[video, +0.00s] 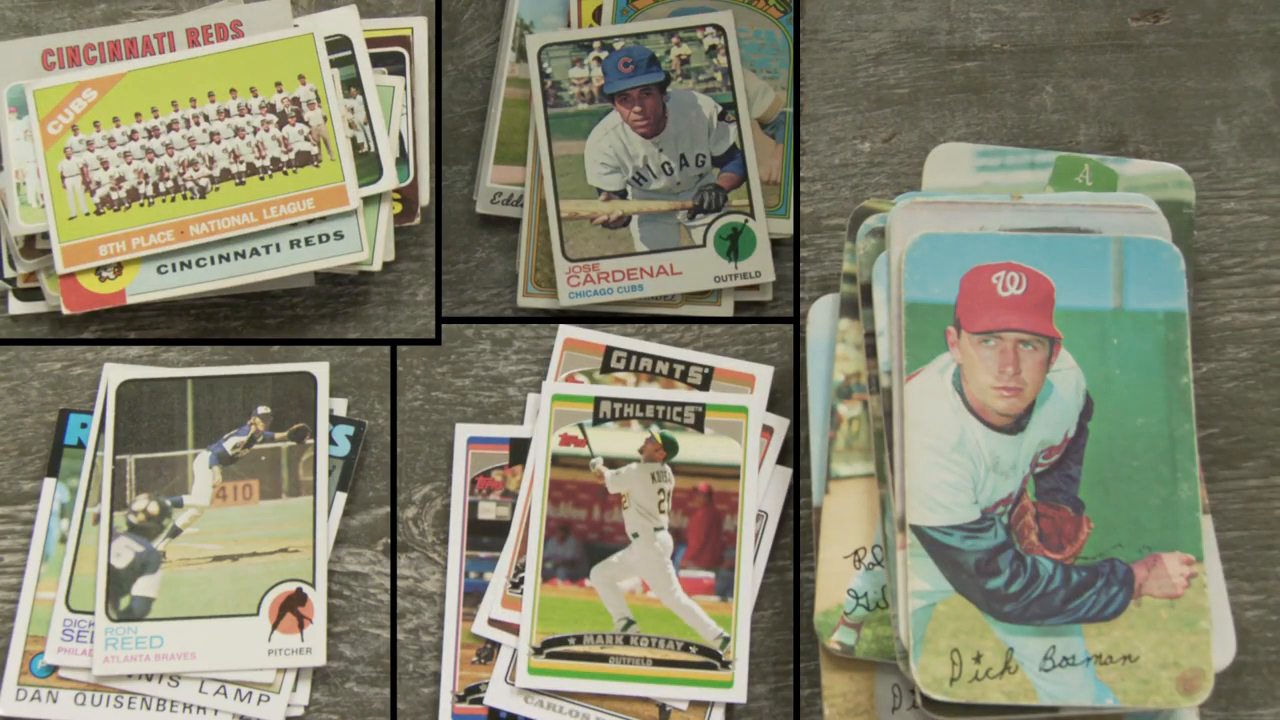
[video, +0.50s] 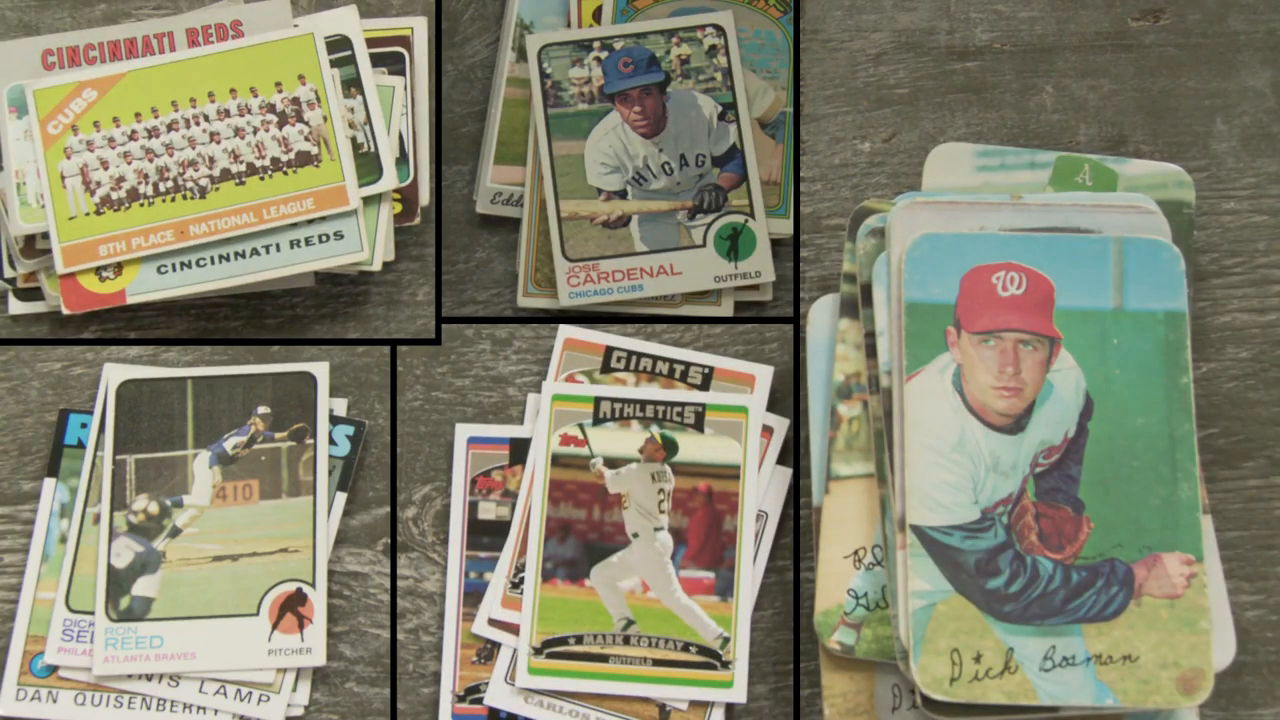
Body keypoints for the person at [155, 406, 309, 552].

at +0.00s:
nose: (265, 422)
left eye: (267, 419)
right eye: (262, 418)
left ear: (269, 422)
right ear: (253, 419)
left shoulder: (256, 434)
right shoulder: (242, 434)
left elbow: (271, 437)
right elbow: (216, 454)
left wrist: (289, 435)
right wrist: (217, 473)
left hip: (210, 463)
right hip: (205, 460)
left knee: (198, 509)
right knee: (202, 500)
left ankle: (162, 542)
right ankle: (163, 502)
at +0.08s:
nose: (265, 422)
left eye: (267, 419)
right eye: (262, 418)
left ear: (269, 422)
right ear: (253, 419)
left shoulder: (256, 434)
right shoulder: (242, 434)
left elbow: (271, 437)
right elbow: (216, 454)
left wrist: (289, 435)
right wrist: (217, 473)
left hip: (210, 463)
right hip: (205, 460)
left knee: (198, 509)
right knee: (202, 500)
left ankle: (162, 542)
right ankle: (163, 502)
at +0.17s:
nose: (265, 422)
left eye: (267, 419)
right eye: (262, 418)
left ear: (269, 422)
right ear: (253, 419)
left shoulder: (256, 434)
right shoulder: (242, 434)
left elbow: (271, 437)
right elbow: (216, 454)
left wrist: (289, 435)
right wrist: (217, 473)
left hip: (210, 463)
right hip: (205, 460)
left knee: (198, 509)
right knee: (202, 500)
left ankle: (162, 542)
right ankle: (163, 502)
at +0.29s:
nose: (265, 422)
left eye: (267, 419)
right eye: (262, 418)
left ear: (269, 422)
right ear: (253, 419)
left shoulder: (256, 434)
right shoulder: (242, 434)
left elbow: (271, 437)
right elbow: (216, 454)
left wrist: (289, 435)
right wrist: (217, 473)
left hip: (210, 463)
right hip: (205, 460)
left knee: (198, 509)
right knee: (202, 500)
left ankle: (162, 542)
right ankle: (163, 502)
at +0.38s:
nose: (265, 422)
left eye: (267, 419)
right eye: (262, 418)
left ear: (269, 422)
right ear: (253, 419)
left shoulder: (256, 434)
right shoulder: (242, 434)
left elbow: (271, 437)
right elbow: (216, 454)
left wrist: (289, 435)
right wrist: (217, 473)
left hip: (210, 463)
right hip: (205, 460)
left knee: (198, 509)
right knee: (202, 500)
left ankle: (162, 542)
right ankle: (163, 502)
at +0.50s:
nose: (265, 422)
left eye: (267, 419)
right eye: (262, 418)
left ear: (269, 422)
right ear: (253, 419)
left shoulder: (256, 434)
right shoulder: (242, 434)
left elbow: (271, 437)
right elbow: (216, 454)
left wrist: (289, 435)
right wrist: (217, 473)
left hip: (210, 463)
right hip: (205, 460)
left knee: (198, 509)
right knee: (202, 500)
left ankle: (162, 542)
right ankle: (163, 502)